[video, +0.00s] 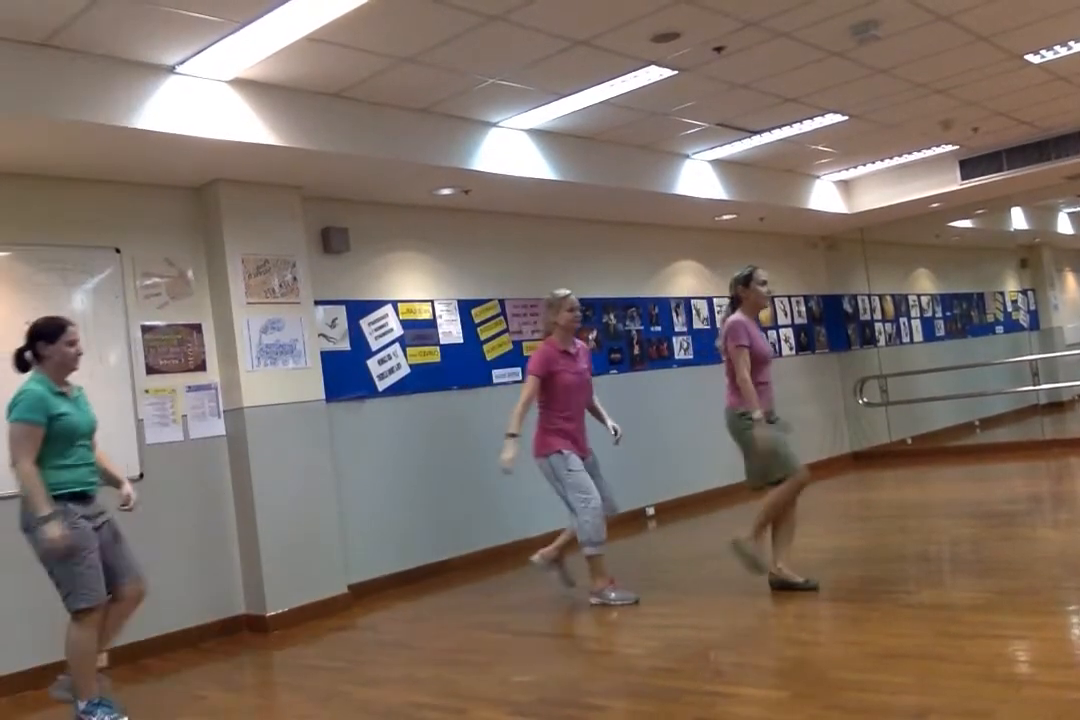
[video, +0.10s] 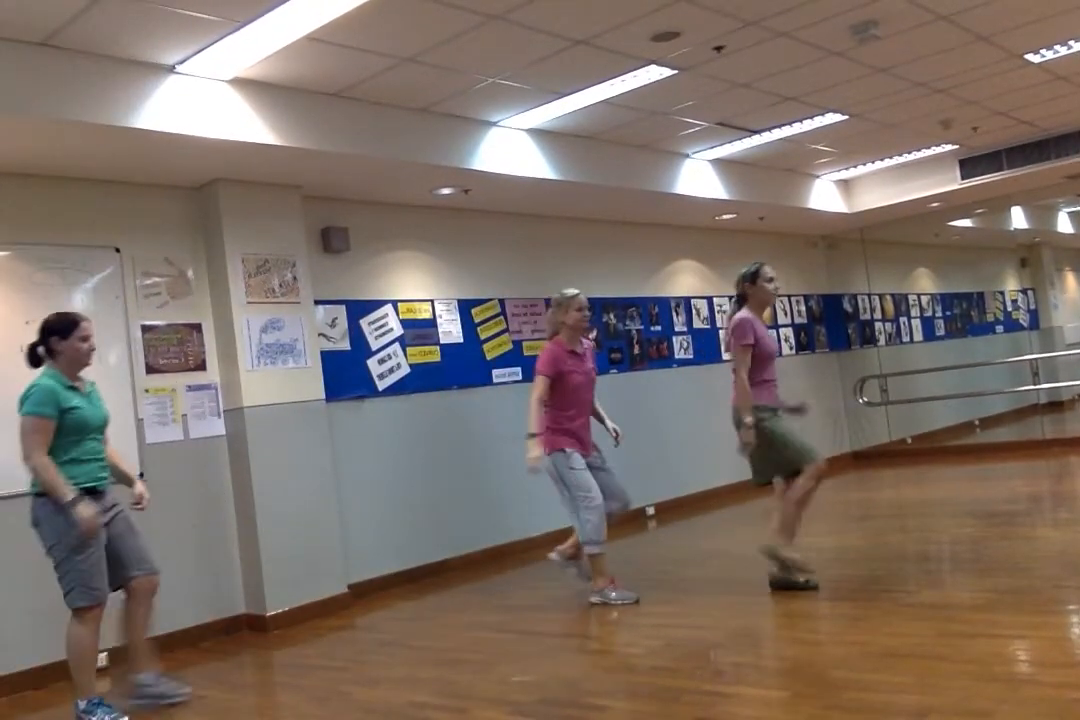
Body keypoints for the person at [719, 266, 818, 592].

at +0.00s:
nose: (768, 290)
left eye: (767, 285)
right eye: (761, 284)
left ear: (748, 293)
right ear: (742, 291)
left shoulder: (751, 326)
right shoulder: (737, 325)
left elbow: (757, 377)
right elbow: (742, 376)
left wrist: (770, 413)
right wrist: (757, 417)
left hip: (761, 413)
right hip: (747, 415)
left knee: (786, 487)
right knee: (798, 476)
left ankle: (779, 565)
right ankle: (751, 539)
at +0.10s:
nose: (776, 287)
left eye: (776, 281)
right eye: (769, 281)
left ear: (756, 290)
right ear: (749, 287)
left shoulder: (757, 324)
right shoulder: (744, 322)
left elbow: (759, 382)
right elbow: (740, 375)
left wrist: (785, 406)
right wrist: (746, 422)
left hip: (765, 414)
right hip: (756, 416)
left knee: (790, 485)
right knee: (814, 465)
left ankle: (781, 570)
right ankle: (780, 545)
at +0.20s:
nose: (786, 283)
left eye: (786, 277)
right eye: (779, 278)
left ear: (771, 286)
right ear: (758, 284)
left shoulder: (767, 320)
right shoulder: (749, 319)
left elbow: (772, 371)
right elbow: (738, 370)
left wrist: (807, 381)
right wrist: (737, 419)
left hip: (771, 407)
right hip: (762, 409)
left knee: (790, 482)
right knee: (821, 464)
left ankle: (779, 566)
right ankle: (825, 552)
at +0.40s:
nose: (817, 303)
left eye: (815, 298)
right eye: (812, 298)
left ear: (796, 305)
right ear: (795, 305)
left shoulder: (790, 337)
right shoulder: (772, 340)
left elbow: (785, 383)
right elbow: (757, 390)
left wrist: (815, 402)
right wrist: (782, 425)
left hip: (774, 417)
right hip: (767, 419)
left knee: (808, 490)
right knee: (819, 480)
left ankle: (777, 556)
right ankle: (829, 561)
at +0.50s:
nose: (820, 312)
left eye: (819, 306)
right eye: (815, 307)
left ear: (796, 311)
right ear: (798, 311)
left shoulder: (778, 340)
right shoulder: (781, 344)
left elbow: (765, 392)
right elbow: (776, 395)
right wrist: (814, 406)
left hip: (756, 420)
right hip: (761, 421)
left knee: (800, 487)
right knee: (815, 481)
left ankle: (759, 551)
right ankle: (829, 562)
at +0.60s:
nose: (816, 316)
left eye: (816, 310)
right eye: (812, 310)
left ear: (786, 311)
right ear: (798, 313)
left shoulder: (760, 334)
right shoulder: (782, 343)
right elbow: (790, 388)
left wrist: (724, 398)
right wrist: (829, 379)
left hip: (739, 418)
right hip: (754, 419)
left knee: (778, 486)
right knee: (798, 482)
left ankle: (743, 547)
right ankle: (828, 560)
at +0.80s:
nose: (798, 330)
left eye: (797, 325)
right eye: (794, 325)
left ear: (772, 326)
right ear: (779, 328)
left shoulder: (745, 339)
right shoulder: (765, 357)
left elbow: (707, 358)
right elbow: (786, 386)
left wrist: (696, 394)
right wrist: (819, 360)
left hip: (718, 425)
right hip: (728, 428)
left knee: (752, 497)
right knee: (768, 492)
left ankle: (730, 556)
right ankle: (813, 559)